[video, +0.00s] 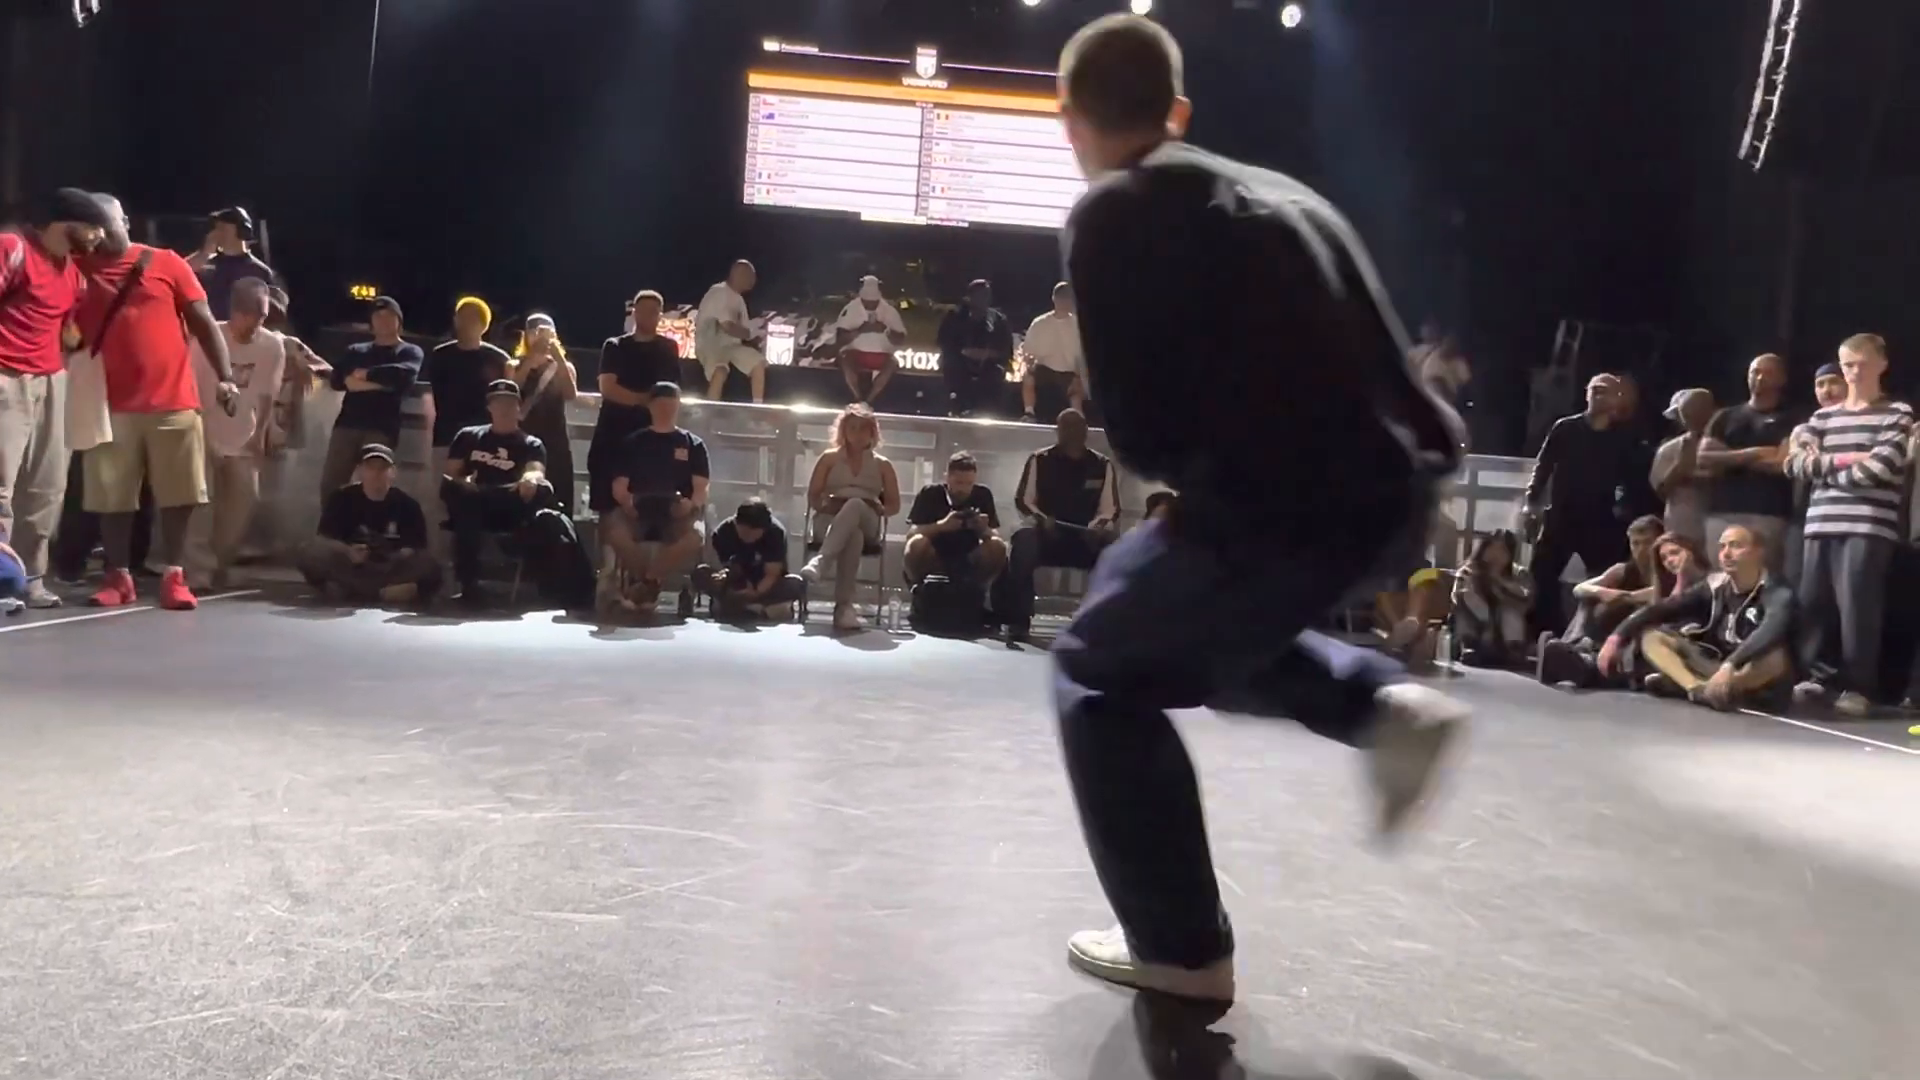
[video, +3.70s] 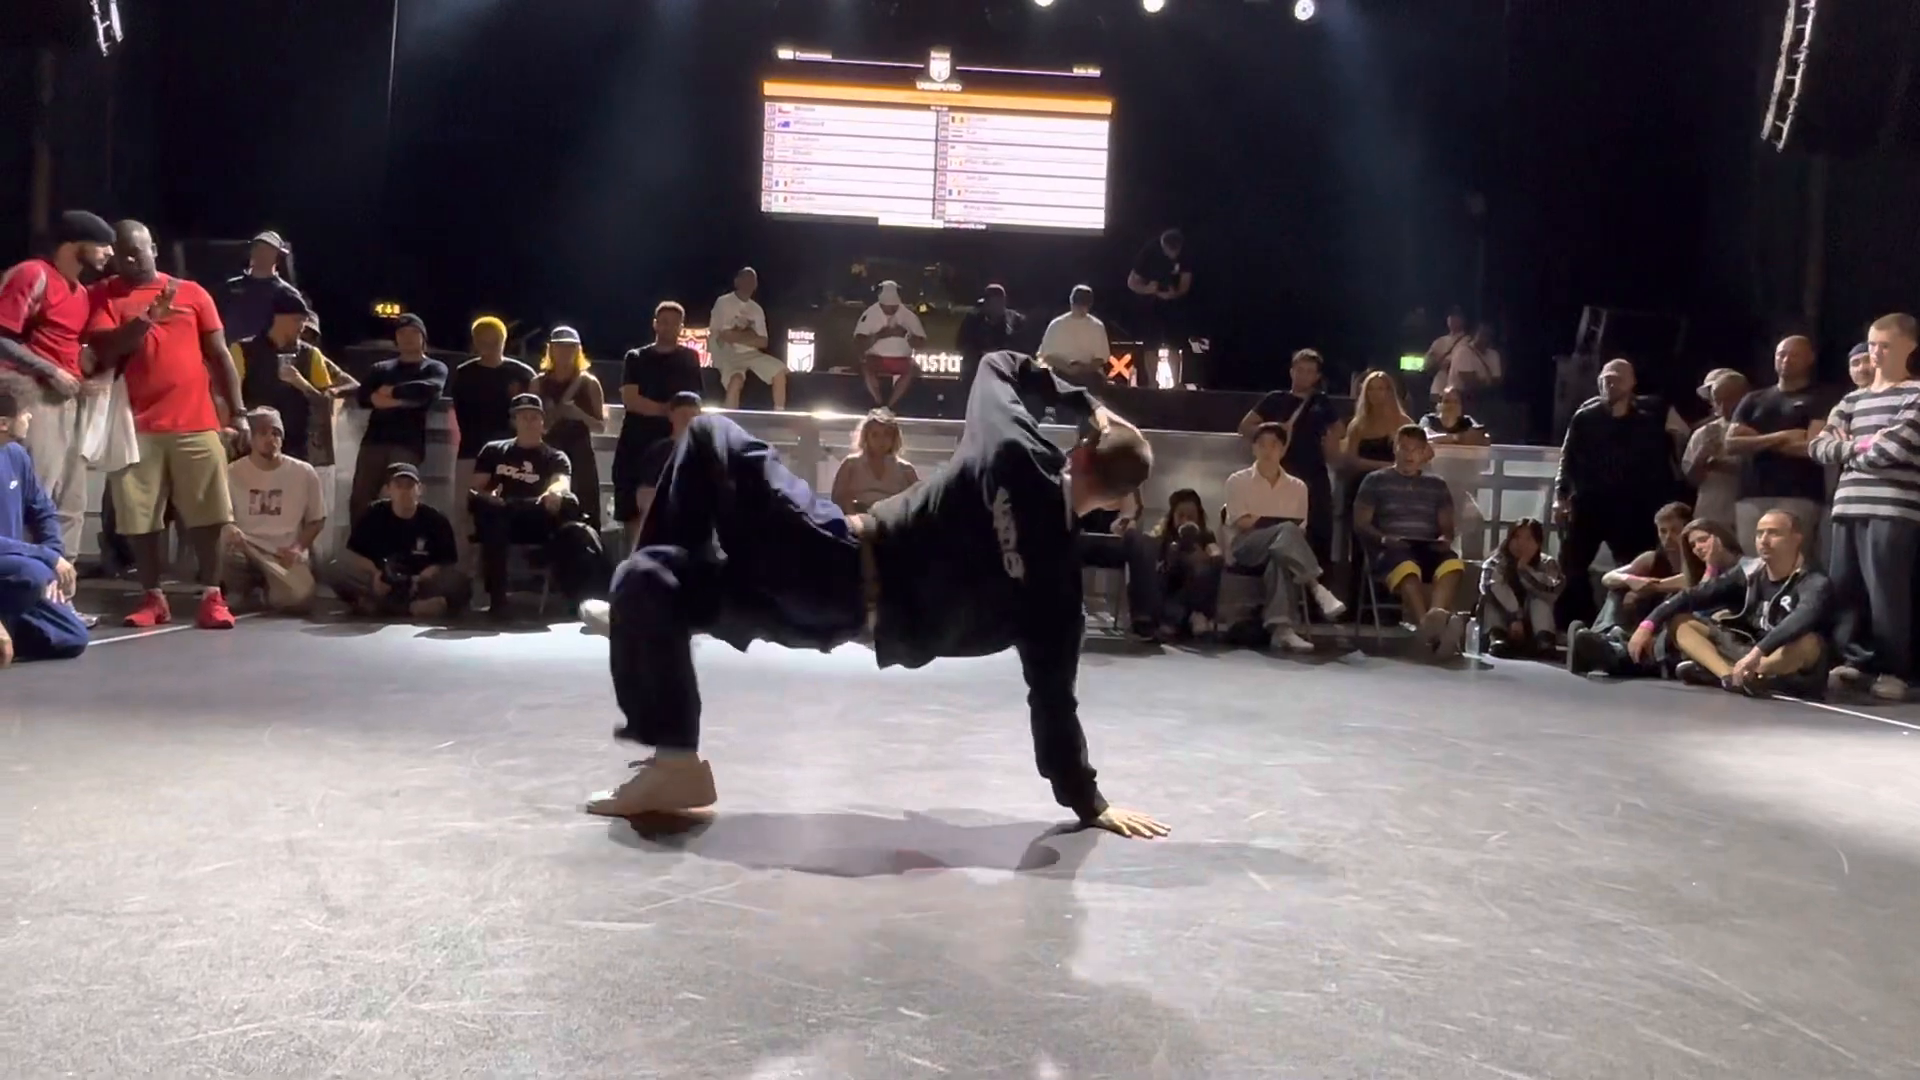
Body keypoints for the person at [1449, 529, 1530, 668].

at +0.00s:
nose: (1495, 555)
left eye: (1502, 550)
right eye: (1491, 548)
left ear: (1510, 556)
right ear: (1482, 551)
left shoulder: (1520, 575)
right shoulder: (1467, 575)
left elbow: (1525, 603)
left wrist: (1497, 579)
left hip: (1511, 647)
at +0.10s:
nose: (1491, 553)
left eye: (1497, 548)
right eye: (1487, 546)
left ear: (1507, 554)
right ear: (1480, 549)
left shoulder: (1517, 573)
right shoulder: (1464, 572)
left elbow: (1522, 599)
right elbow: (1461, 597)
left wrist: (1494, 577)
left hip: (1507, 645)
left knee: (1509, 608)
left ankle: (1512, 648)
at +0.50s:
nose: (1488, 552)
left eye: (1495, 547)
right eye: (1484, 545)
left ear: (1504, 552)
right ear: (1477, 548)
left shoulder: (1514, 571)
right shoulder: (1463, 569)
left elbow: (1519, 597)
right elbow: (1457, 594)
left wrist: (1493, 576)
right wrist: (1478, 624)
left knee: (1505, 606)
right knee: (1458, 605)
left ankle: (1511, 645)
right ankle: (1462, 644)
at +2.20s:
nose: (1502, 550)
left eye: (1509, 545)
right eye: (1497, 544)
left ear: (1519, 550)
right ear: (1490, 546)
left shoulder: (1528, 568)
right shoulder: (1477, 568)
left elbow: (1535, 594)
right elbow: (1473, 593)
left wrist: (1506, 574)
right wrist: (1495, 622)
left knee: (1521, 603)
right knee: (1474, 604)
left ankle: (1527, 643)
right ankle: (1479, 642)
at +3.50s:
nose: (1518, 544)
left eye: (1525, 540)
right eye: (1513, 538)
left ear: (1535, 546)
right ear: (1506, 541)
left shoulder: (1545, 564)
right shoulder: (1494, 562)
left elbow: (1551, 591)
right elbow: (1488, 586)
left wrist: (1522, 570)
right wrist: (1512, 616)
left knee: (1536, 598)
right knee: (1488, 597)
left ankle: (1542, 639)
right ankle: (1494, 638)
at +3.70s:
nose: (1521, 544)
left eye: (1528, 539)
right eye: (1516, 537)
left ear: (1537, 545)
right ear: (1509, 540)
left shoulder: (1547, 563)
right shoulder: (1496, 562)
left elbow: (1553, 590)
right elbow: (1490, 586)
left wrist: (1524, 569)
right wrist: (1514, 616)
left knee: (1539, 598)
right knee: (1491, 597)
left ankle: (1545, 639)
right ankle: (1496, 637)